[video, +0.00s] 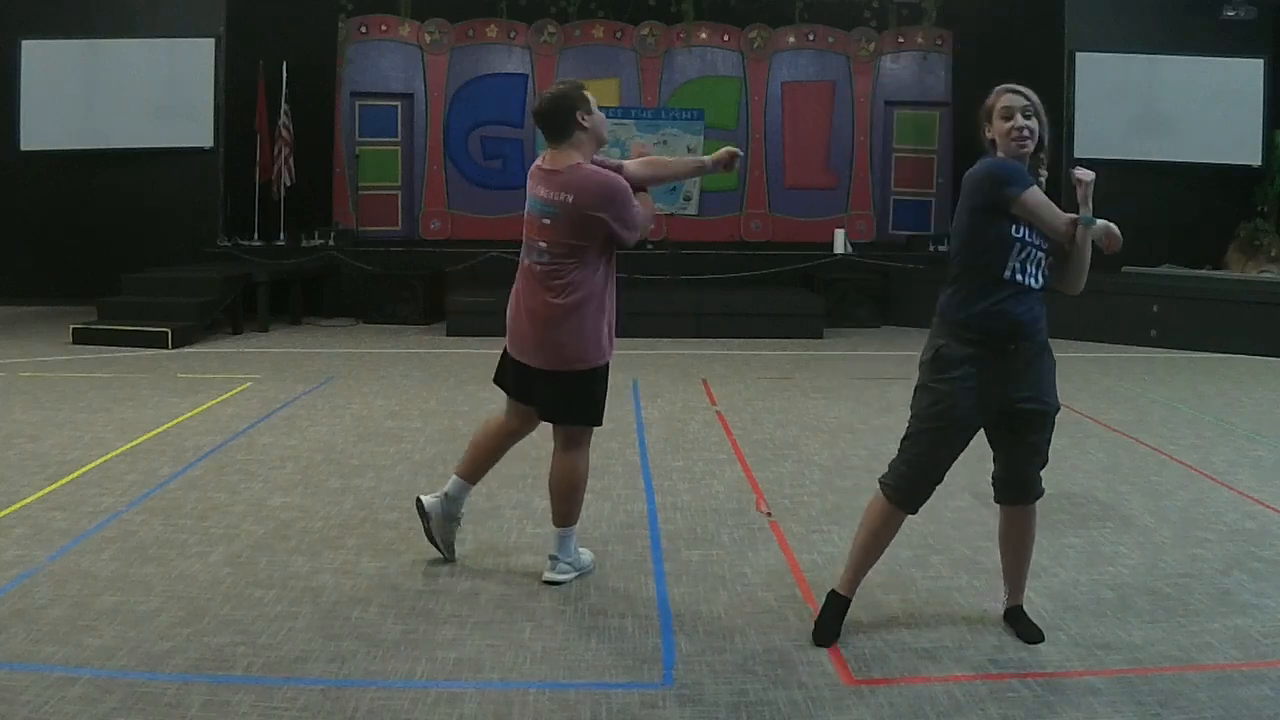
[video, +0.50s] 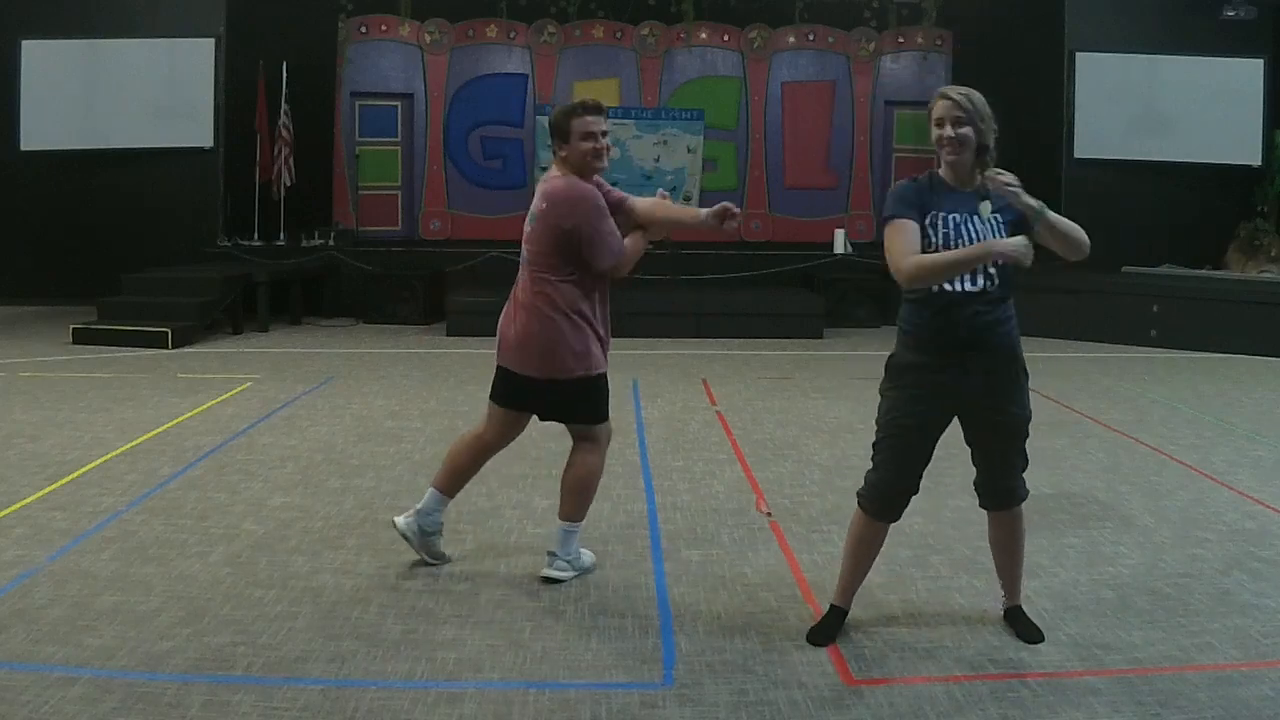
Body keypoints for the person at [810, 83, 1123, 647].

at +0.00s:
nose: (1020, 123)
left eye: (1028, 115)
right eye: (1007, 117)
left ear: (1041, 130)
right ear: (989, 132)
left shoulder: (1041, 206)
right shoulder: (990, 175)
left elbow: (1072, 281)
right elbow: (1063, 228)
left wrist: (1081, 215)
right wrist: (1096, 226)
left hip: (1025, 361)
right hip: (961, 356)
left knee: (1021, 486)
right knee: (908, 481)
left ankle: (1014, 604)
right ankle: (842, 594)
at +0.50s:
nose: (949, 132)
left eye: (961, 123)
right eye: (940, 124)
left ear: (983, 133)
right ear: (930, 134)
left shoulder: (1005, 198)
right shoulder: (909, 194)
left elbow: (1078, 248)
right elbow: (906, 269)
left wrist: (1027, 204)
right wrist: (991, 249)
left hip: (995, 368)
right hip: (921, 366)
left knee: (1004, 491)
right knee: (885, 490)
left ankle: (1013, 604)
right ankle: (839, 605)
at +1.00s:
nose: (892, 136)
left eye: (903, 126)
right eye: (885, 129)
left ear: (930, 130)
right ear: (880, 138)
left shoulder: (962, 175)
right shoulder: (872, 206)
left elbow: (895, 211)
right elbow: (868, 280)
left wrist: (798, 220)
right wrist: (896, 223)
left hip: (972, 360)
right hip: (899, 363)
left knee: (993, 486)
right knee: (875, 487)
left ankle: (1014, 602)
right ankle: (838, 604)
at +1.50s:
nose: (892, 147)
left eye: (900, 135)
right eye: (884, 140)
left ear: (928, 135)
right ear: (882, 148)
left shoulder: (972, 182)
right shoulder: (877, 214)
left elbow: (909, 227)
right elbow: (867, 299)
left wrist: (825, 237)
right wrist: (892, 257)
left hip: (968, 363)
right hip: (897, 364)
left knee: (994, 493)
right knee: (869, 489)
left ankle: (1009, 603)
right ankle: (837, 605)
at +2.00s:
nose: (1028, 150)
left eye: (1037, 139)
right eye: (1017, 139)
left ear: (1051, 136)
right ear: (997, 135)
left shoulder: (1076, 182)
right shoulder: (971, 193)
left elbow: (1143, 231)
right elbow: (927, 266)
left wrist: (1209, 282)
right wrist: (875, 330)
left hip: (1037, 355)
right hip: (972, 343)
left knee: (1028, 486)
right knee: (922, 453)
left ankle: (1013, 606)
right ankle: (865, 411)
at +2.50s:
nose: (1083, 160)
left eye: (1092, 151)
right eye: (1074, 147)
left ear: (1100, 147)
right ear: (1047, 135)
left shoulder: (1109, 195)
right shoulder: (1007, 183)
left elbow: (1182, 232)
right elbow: (957, 253)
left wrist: (1254, 267)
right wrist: (915, 310)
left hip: (1048, 357)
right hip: (985, 343)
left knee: (1030, 484)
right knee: (922, 456)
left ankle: (1012, 605)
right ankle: (921, 345)